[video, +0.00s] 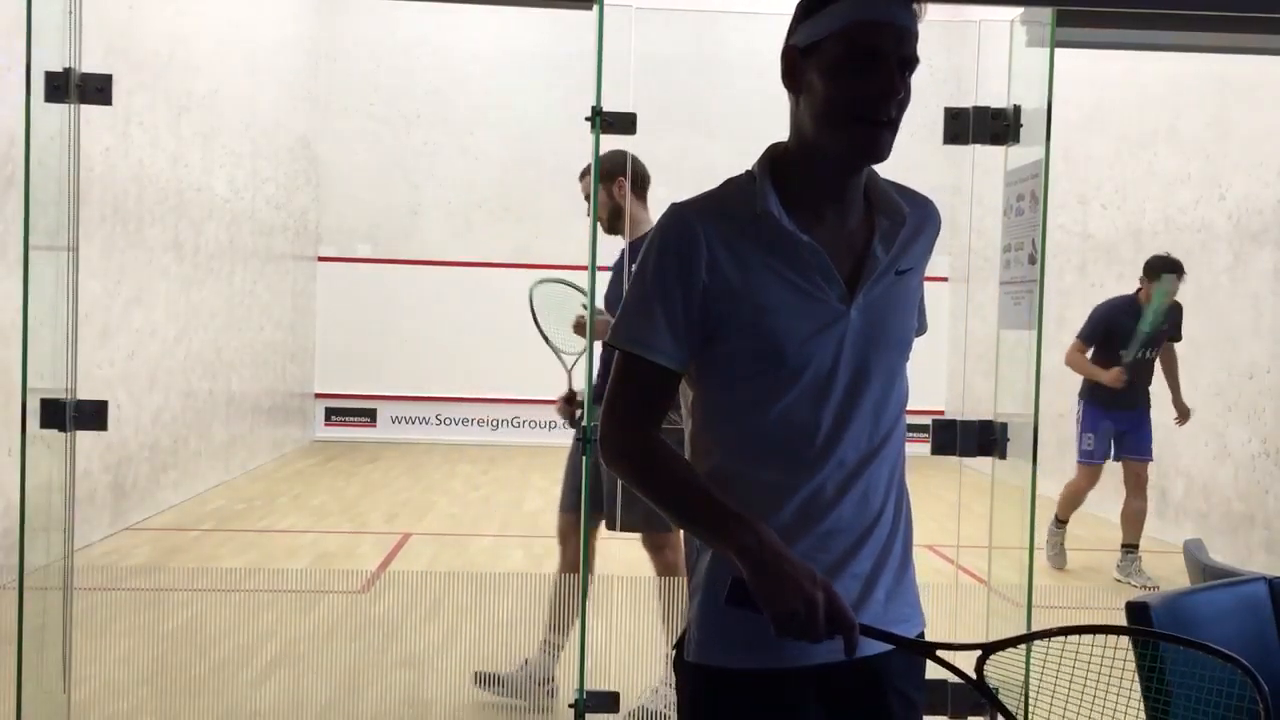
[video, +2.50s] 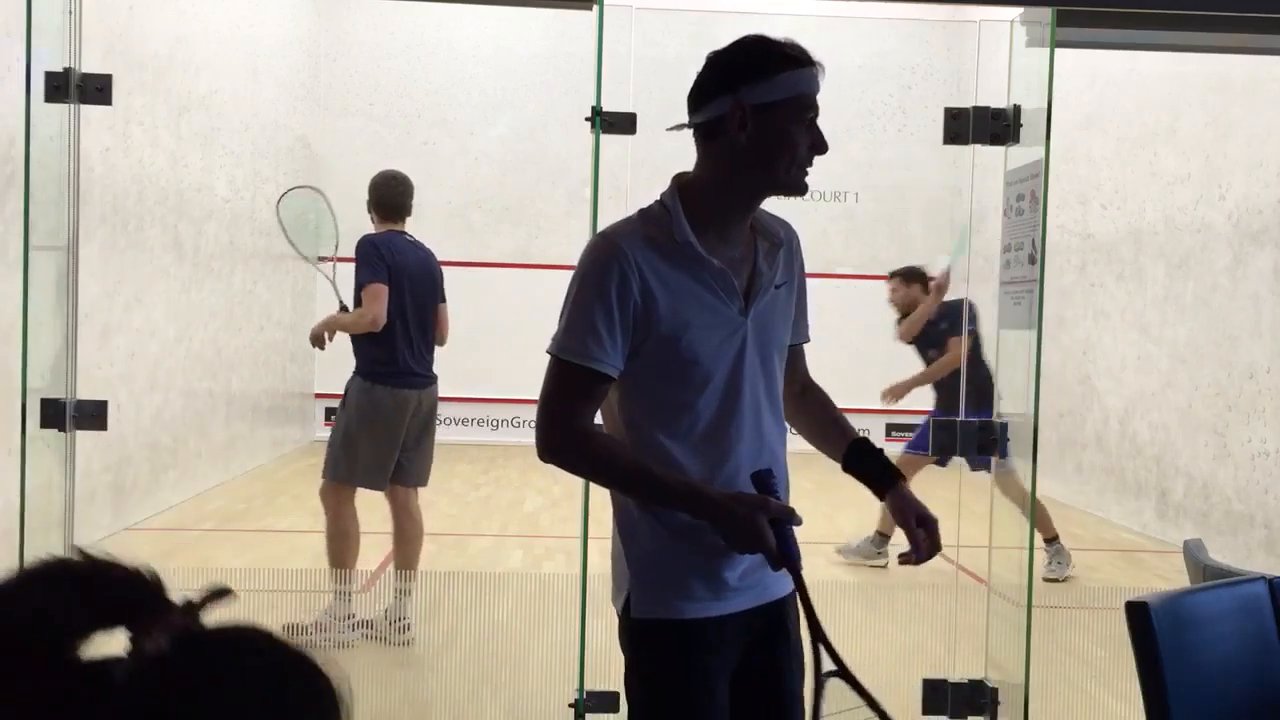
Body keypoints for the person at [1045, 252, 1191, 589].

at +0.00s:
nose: (1170, 296)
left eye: (1174, 289)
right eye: (1164, 289)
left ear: (1176, 289)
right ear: (1144, 284)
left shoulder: (1171, 312)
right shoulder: (1111, 311)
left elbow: (1167, 351)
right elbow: (1072, 357)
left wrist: (1177, 398)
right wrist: (1102, 374)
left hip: (1136, 407)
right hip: (1098, 405)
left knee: (1137, 482)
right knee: (1087, 478)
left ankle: (1128, 561)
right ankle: (1056, 529)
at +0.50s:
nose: (1070, 284)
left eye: (1077, 278)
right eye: (1066, 277)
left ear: (1094, 273)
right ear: (1061, 273)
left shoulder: (1116, 305)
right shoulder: (1049, 304)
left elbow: (1130, 350)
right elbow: (1029, 347)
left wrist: (1134, 398)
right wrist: (1021, 390)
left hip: (1097, 409)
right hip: (1054, 407)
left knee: (1112, 480)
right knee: (1047, 476)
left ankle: (1125, 559)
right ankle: (1040, 552)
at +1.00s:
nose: (1025, 281)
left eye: (1028, 274)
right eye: (1019, 278)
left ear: (1038, 270)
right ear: (1015, 280)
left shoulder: (1076, 294)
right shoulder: (1018, 305)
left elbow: (1105, 331)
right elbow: (1004, 351)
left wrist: (1107, 382)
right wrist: (996, 400)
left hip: (1072, 399)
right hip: (1035, 400)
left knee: (1065, 472)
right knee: (1038, 475)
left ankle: (1067, 557)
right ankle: (1038, 550)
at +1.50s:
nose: (1033, 273)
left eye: (1038, 265)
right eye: (1028, 266)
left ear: (1052, 262)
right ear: (1021, 268)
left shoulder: (1079, 297)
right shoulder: (1020, 302)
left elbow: (1092, 348)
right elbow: (994, 349)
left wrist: (1056, 365)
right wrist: (980, 386)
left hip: (1067, 404)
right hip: (1029, 403)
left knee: (1065, 478)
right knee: (1035, 479)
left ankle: (1067, 555)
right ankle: (1038, 551)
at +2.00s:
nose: (1025, 265)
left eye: (1032, 257)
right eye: (1019, 258)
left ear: (1045, 259)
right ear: (1011, 261)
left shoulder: (1062, 298)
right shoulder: (1014, 298)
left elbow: (1036, 337)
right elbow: (980, 333)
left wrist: (987, 358)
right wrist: (982, 316)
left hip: (1054, 403)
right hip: (1017, 401)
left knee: (1057, 479)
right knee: (1000, 477)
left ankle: (1067, 556)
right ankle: (1026, 542)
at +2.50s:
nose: (891, 299)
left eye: (896, 292)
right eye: (890, 293)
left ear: (918, 288)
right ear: (905, 295)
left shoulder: (960, 309)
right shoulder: (910, 322)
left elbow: (957, 356)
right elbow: (906, 334)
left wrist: (908, 384)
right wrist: (935, 297)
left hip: (980, 413)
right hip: (945, 413)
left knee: (1011, 487)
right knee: (899, 474)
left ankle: (1056, 549)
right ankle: (879, 544)